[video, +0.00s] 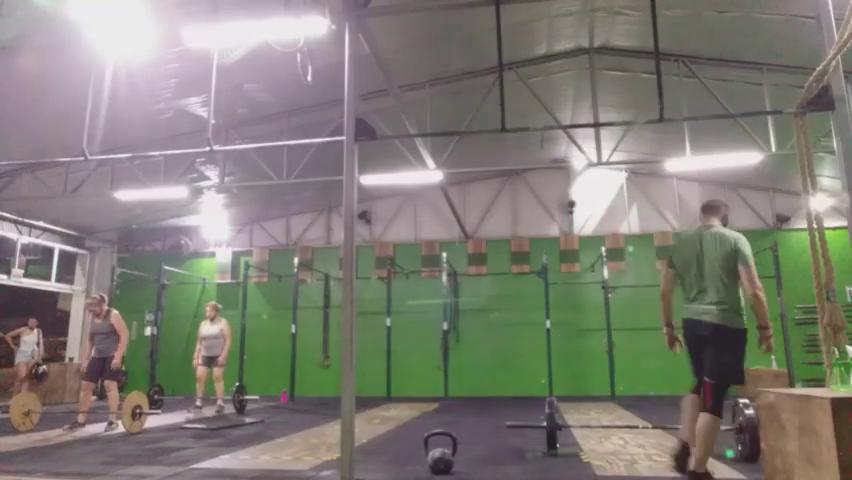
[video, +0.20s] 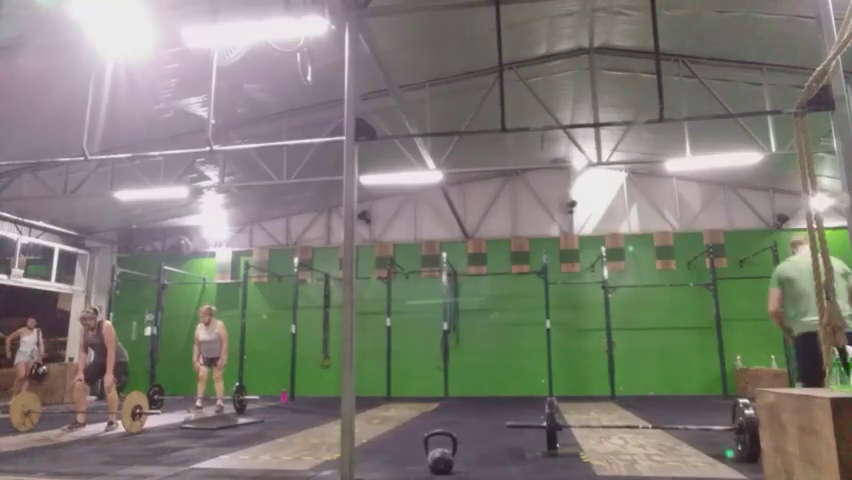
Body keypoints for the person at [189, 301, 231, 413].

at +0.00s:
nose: (208, 313)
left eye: (210, 311)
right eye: (206, 311)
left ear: (216, 312)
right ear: (205, 312)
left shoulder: (223, 323)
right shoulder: (203, 324)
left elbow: (227, 340)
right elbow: (199, 342)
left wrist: (223, 356)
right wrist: (196, 357)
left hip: (217, 354)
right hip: (204, 354)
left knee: (217, 377)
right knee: (200, 376)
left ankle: (220, 401)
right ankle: (199, 400)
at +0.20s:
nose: (202, 319)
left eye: (204, 316)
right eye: (201, 316)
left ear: (210, 316)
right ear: (200, 316)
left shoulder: (219, 325)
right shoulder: (199, 327)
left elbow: (224, 342)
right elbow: (196, 344)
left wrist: (223, 358)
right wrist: (195, 359)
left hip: (217, 355)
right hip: (204, 355)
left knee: (217, 377)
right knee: (202, 377)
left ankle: (220, 401)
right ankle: (199, 400)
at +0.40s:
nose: (205, 313)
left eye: (207, 311)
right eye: (204, 311)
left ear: (213, 312)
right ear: (204, 312)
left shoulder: (221, 323)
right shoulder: (202, 324)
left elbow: (225, 340)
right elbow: (197, 341)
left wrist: (221, 355)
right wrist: (195, 355)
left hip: (215, 353)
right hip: (202, 353)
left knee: (216, 378)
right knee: (201, 378)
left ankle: (219, 401)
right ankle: (199, 401)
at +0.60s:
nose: (207, 314)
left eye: (209, 311)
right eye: (206, 311)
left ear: (215, 312)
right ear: (205, 312)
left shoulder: (222, 323)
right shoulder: (203, 324)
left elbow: (226, 340)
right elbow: (198, 341)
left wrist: (223, 355)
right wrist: (195, 356)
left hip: (216, 353)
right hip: (203, 353)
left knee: (216, 378)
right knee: (202, 378)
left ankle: (219, 401)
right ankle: (199, 401)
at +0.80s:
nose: (207, 314)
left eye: (209, 312)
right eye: (206, 312)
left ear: (215, 312)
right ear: (206, 312)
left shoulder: (223, 323)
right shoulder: (204, 324)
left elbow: (227, 340)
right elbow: (199, 341)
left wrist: (224, 355)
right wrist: (197, 355)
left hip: (217, 353)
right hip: (204, 353)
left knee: (216, 378)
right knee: (202, 378)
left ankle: (219, 402)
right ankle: (199, 401)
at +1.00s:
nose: (207, 313)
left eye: (209, 311)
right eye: (206, 311)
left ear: (215, 312)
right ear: (206, 312)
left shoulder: (223, 323)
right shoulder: (204, 324)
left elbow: (227, 340)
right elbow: (200, 341)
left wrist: (223, 355)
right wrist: (197, 355)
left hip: (217, 353)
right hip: (204, 353)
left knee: (216, 378)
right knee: (202, 378)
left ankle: (219, 402)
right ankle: (199, 402)